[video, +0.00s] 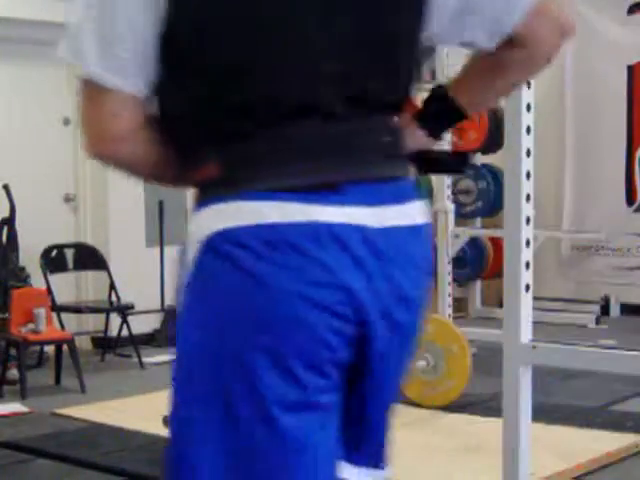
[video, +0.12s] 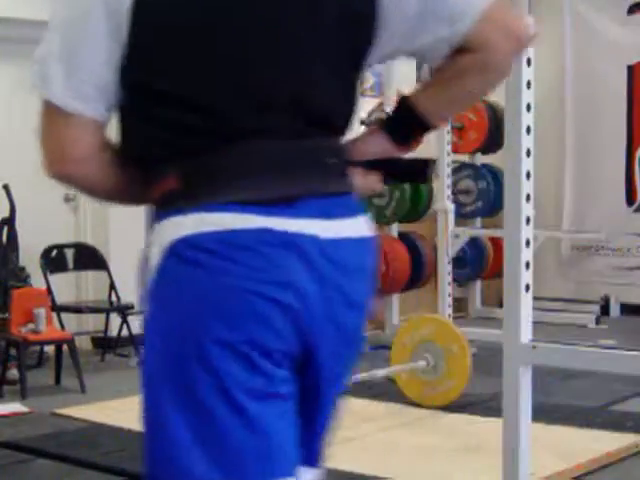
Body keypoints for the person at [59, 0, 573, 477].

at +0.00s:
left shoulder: (138, 5)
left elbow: (112, 132)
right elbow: (548, 26)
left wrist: (218, 161)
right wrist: (438, 112)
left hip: (263, 247)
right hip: (399, 239)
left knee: (263, 468)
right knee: (356, 465)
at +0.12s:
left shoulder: (110, 8)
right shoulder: (364, 5)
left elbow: (71, 154)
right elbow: (507, 32)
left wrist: (161, 180)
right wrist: (399, 131)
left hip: (218, 253)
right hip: (342, 251)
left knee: (233, 466)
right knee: (295, 464)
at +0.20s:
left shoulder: (104, 6)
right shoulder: (349, 4)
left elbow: (59, 156)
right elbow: (489, 38)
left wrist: (156, 181)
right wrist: (384, 136)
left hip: (207, 254)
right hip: (330, 251)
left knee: (226, 467)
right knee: (280, 462)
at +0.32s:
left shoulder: (81, 7)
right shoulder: (312, 8)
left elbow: (37, 156)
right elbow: (446, 45)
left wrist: (119, 185)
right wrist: (349, 136)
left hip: (173, 251)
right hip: (289, 245)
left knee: (186, 471)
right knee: (240, 461)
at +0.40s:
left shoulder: (53, 7)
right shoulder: (276, 5)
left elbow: (13, 147)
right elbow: (397, 36)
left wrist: (96, 172)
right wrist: (305, 127)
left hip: (134, 243)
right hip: (250, 234)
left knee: (103, 465)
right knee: (207, 462)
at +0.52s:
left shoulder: (27, 7)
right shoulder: (235, 5)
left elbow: (8, 155)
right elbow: (350, 22)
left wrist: (95, 163)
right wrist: (274, 119)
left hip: (95, 230)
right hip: (216, 229)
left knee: (35, 453)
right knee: (189, 463)